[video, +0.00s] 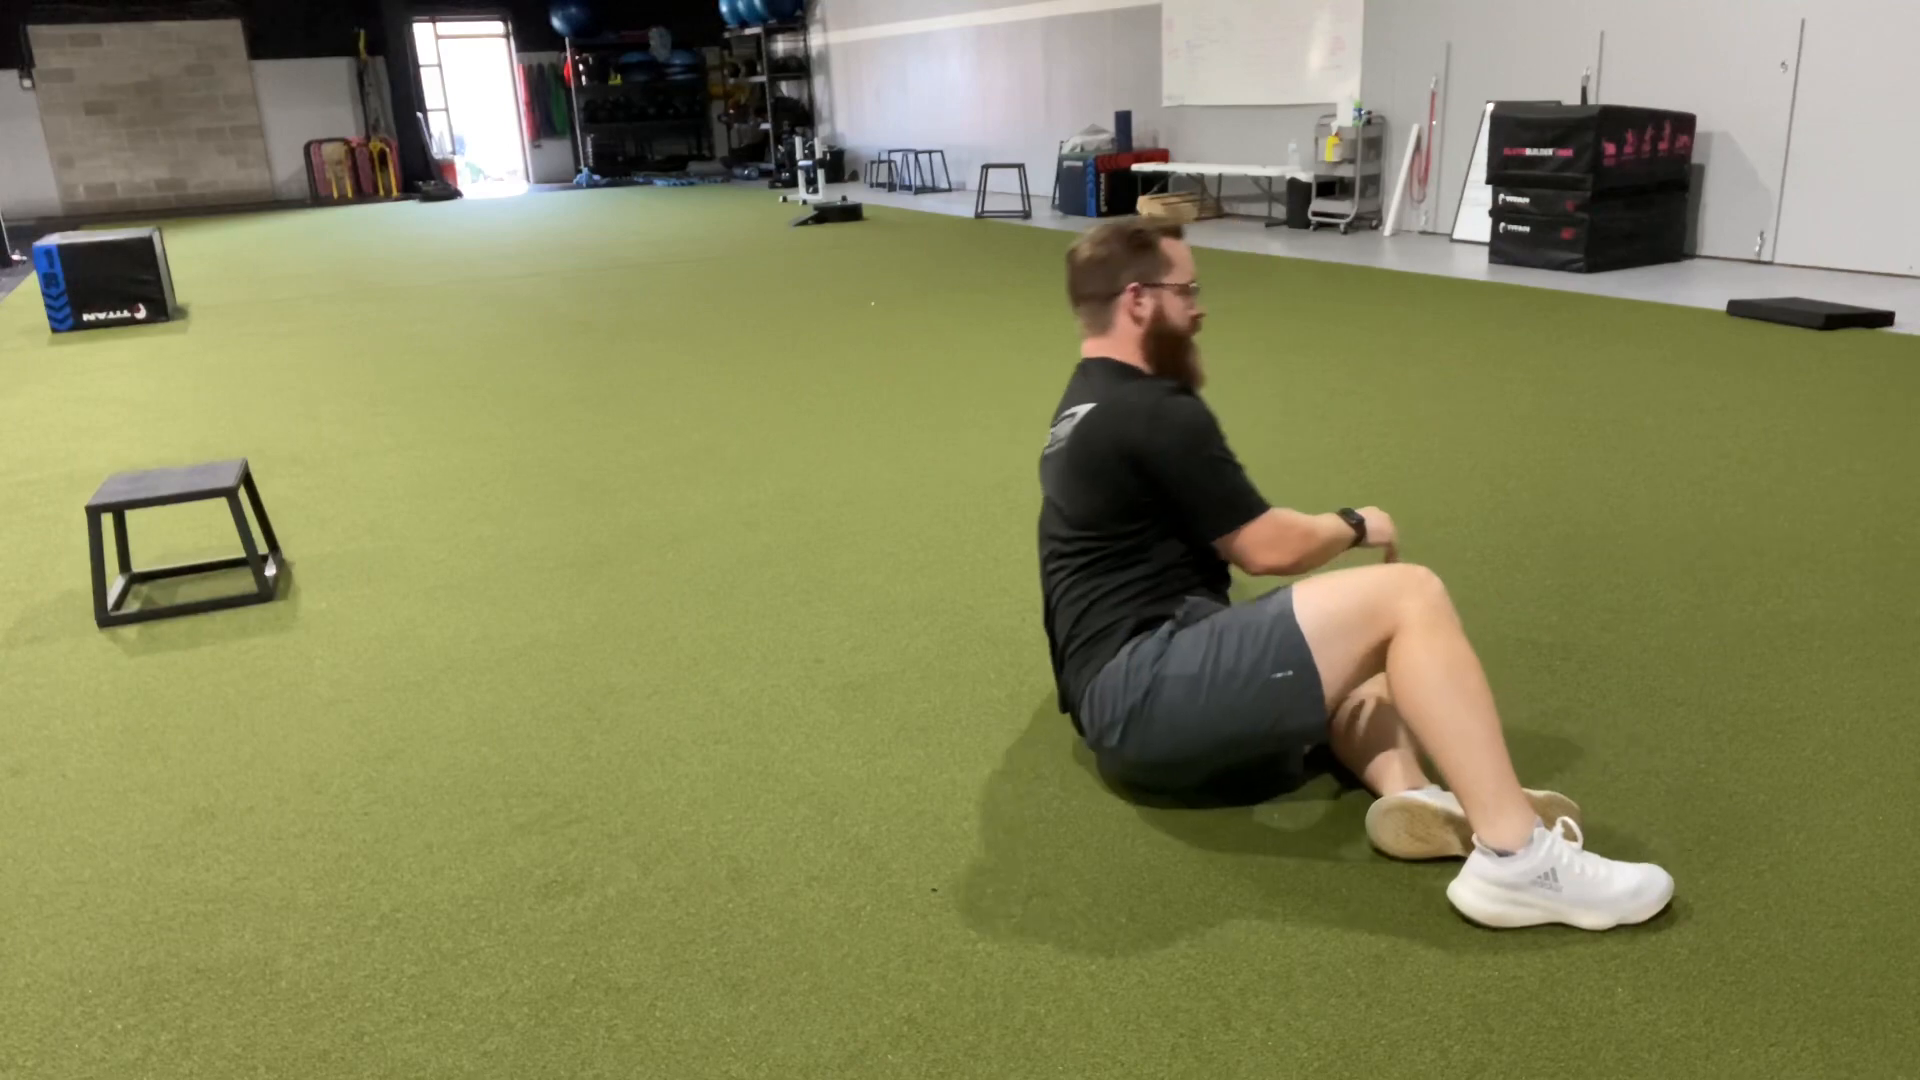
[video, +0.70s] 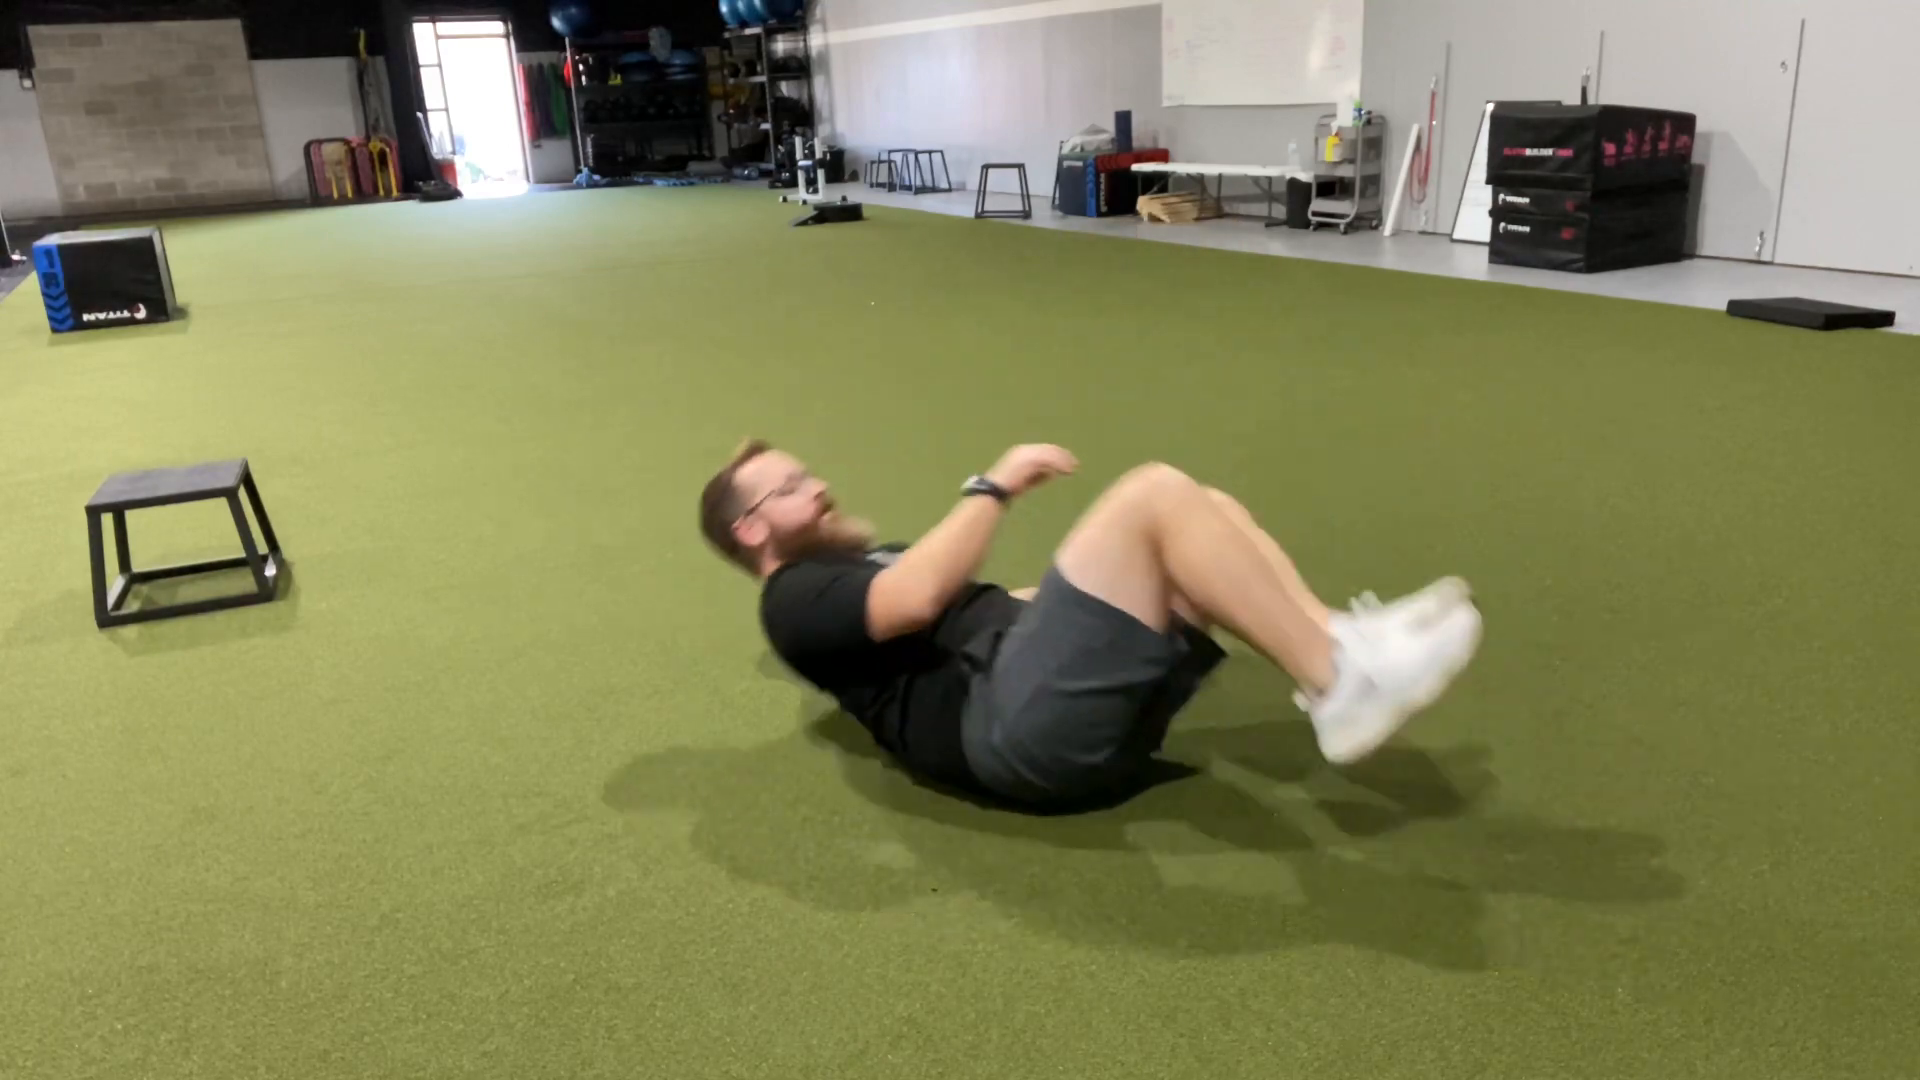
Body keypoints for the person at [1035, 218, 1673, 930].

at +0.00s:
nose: (1200, 309)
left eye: (1196, 292)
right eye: (1186, 293)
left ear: (1124, 307)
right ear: (1136, 304)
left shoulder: (1089, 404)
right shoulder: (1152, 411)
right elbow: (1269, 547)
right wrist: (1352, 525)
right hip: (1151, 689)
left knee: (1359, 677)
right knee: (1406, 595)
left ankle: (1409, 794)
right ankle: (1520, 850)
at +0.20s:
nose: (1104, 330)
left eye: (1097, 314)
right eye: (1087, 316)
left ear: (1031, 339)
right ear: (1030, 337)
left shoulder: (1037, 435)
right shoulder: (1048, 442)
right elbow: (1183, 557)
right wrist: (1288, 521)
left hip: (1129, 714)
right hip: (1118, 692)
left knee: (1341, 683)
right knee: (1375, 604)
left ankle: (1420, 792)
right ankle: (1508, 848)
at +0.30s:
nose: (1043, 355)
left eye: (1035, 340)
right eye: (1022, 345)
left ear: (973, 370)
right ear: (969, 370)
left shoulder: (998, 459)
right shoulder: (992, 469)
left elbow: (1099, 574)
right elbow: (1132, 567)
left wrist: (1188, 548)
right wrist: (1244, 520)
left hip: (1114, 712)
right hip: (1092, 702)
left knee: (1334, 678)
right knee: (1352, 599)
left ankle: (1418, 791)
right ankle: (1495, 839)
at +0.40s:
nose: (981, 384)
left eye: (973, 369)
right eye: (959, 376)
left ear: (926, 400)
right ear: (905, 409)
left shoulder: (962, 482)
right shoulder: (930, 500)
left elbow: (1067, 578)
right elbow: (1082, 576)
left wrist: (1143, 546)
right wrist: (1193, 513)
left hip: (1107, 703)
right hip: (1075, 712)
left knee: (1319, 620)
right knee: (1322, 587)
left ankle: (1404, 781)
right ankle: (1466, 824)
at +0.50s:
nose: (930, 409)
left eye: (920, 395)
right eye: (906, 402)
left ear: (877, 430)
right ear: (856, 441)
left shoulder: (932, 500)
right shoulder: (888, 529)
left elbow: (1032, 588)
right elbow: (1036, 581)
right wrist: (1142, 505)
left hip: (1089, 700)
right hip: (1060, 721)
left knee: (1290, 596)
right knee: (1287, 568)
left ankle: (1409, 762)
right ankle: (1434, 801)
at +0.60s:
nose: (863, 445)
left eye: (857, 432)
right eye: (838, 443)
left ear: (866, 450)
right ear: (798, 490)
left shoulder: (915, 535)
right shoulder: (836, 564)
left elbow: (1045, 599)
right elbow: (976, 588)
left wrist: (1172, 614)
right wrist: (1068, 495)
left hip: (1088, 714)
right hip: (1039, 726)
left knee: (1259, 560)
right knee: (1228, 531)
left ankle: (1396, 717)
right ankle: (1382, 754)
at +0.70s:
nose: (813, 482)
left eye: (803, 472)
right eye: (785, 483)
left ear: (818, 497)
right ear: (751, 534)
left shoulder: (884, 563)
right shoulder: (793, 600)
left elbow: (1009, 621)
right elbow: (916, 595)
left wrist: (1165, 618)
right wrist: (992, 488)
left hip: (1090, 730)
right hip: (1022, 733)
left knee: (1207, 506)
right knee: (1149, 492)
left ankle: (1351, 658)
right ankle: (1334, 687)